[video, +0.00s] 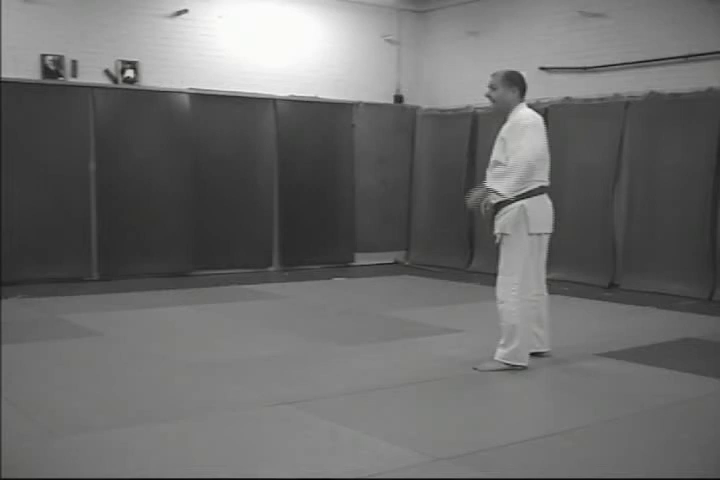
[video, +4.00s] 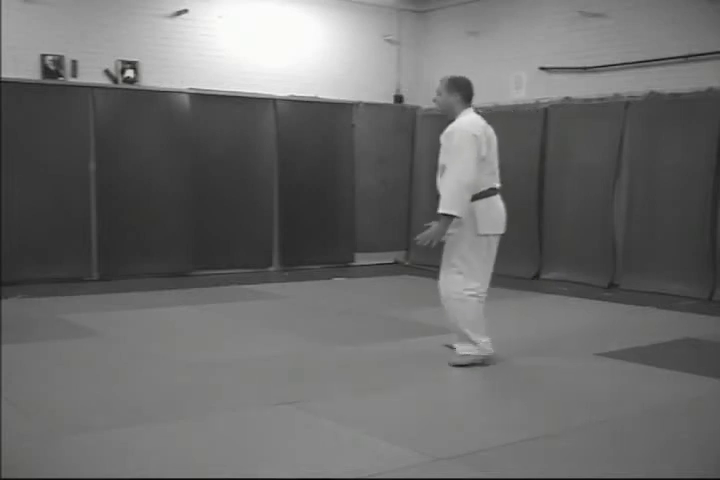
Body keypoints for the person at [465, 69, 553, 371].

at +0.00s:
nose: (488, 94)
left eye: (494, 89)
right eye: (489, 89)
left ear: (514, 92)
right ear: (512, 93)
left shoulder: (525, 121)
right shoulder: (518, 121)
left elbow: (522, 166)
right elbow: (511, 169)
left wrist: (492, 193)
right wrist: (487, 189)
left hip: (524, 211)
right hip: (529, 208)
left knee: (511, 286)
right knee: (532, 282)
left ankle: (511, 356)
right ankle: (536, 343)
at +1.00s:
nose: (462, 94)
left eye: (467, 89)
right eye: (463, 89)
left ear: (485, 93)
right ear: (486, 94)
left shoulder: (494, 125)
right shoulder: (493, 123)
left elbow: (506, 170)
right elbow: (506, 169)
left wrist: (519, 217)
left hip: (505, 213)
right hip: (505, 211)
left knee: (504, 284)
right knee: (503, 283)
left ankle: (508, 354)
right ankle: (502, 343)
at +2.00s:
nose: (454, 91)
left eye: (460, 86)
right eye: (456, 86)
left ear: (477, 90)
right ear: (481, 92)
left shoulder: (479, 124)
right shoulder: (499, 120)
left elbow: (478, 173)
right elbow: (493, 172)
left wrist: (475, 218)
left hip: (489, 210)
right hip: (502, 205)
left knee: (486, 281)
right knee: (475, 277)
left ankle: (495, 353)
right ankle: (475, 338)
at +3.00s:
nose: (443, 94)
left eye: (449, 89)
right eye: (445, 89)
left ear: (467, 93)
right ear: (469, 93)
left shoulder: (470, 126)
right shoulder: (478, 122)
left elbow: (464, 173)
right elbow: (466, 171)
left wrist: (449, 215)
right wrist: (450, 210)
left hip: (474, 209)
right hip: (480, 207)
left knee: (465, 281)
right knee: (469, 280)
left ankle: (466, 350)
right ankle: (464, 340)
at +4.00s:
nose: (435, 99)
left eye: (439, 94)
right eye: (436, 94)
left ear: (456, 97)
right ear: (464, 97)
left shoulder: (462, 130)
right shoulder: (480, 126)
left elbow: (460, 180)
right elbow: (477, 177)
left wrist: (441, 224)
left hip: (472, 213)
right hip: (487, 210)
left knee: (456, 279)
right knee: (472, 278)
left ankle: (476, 345)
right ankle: (469, 338)